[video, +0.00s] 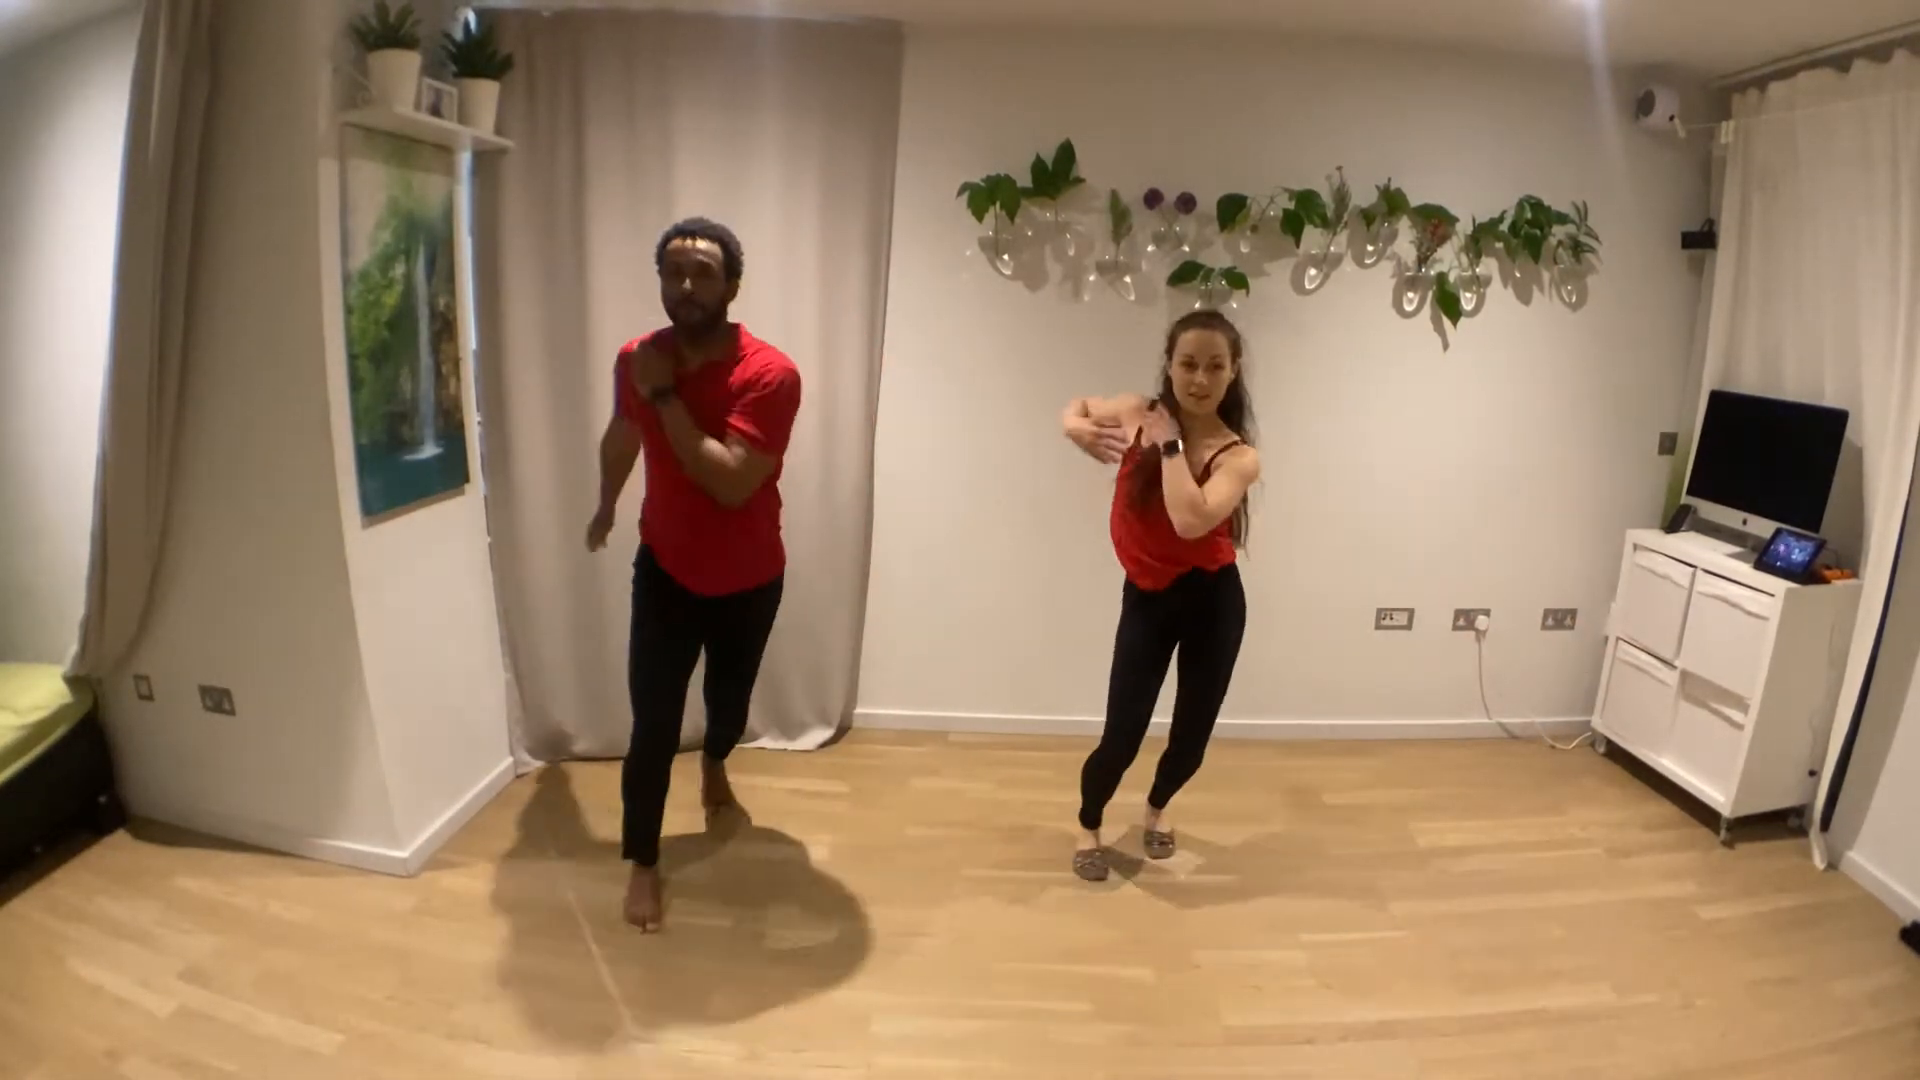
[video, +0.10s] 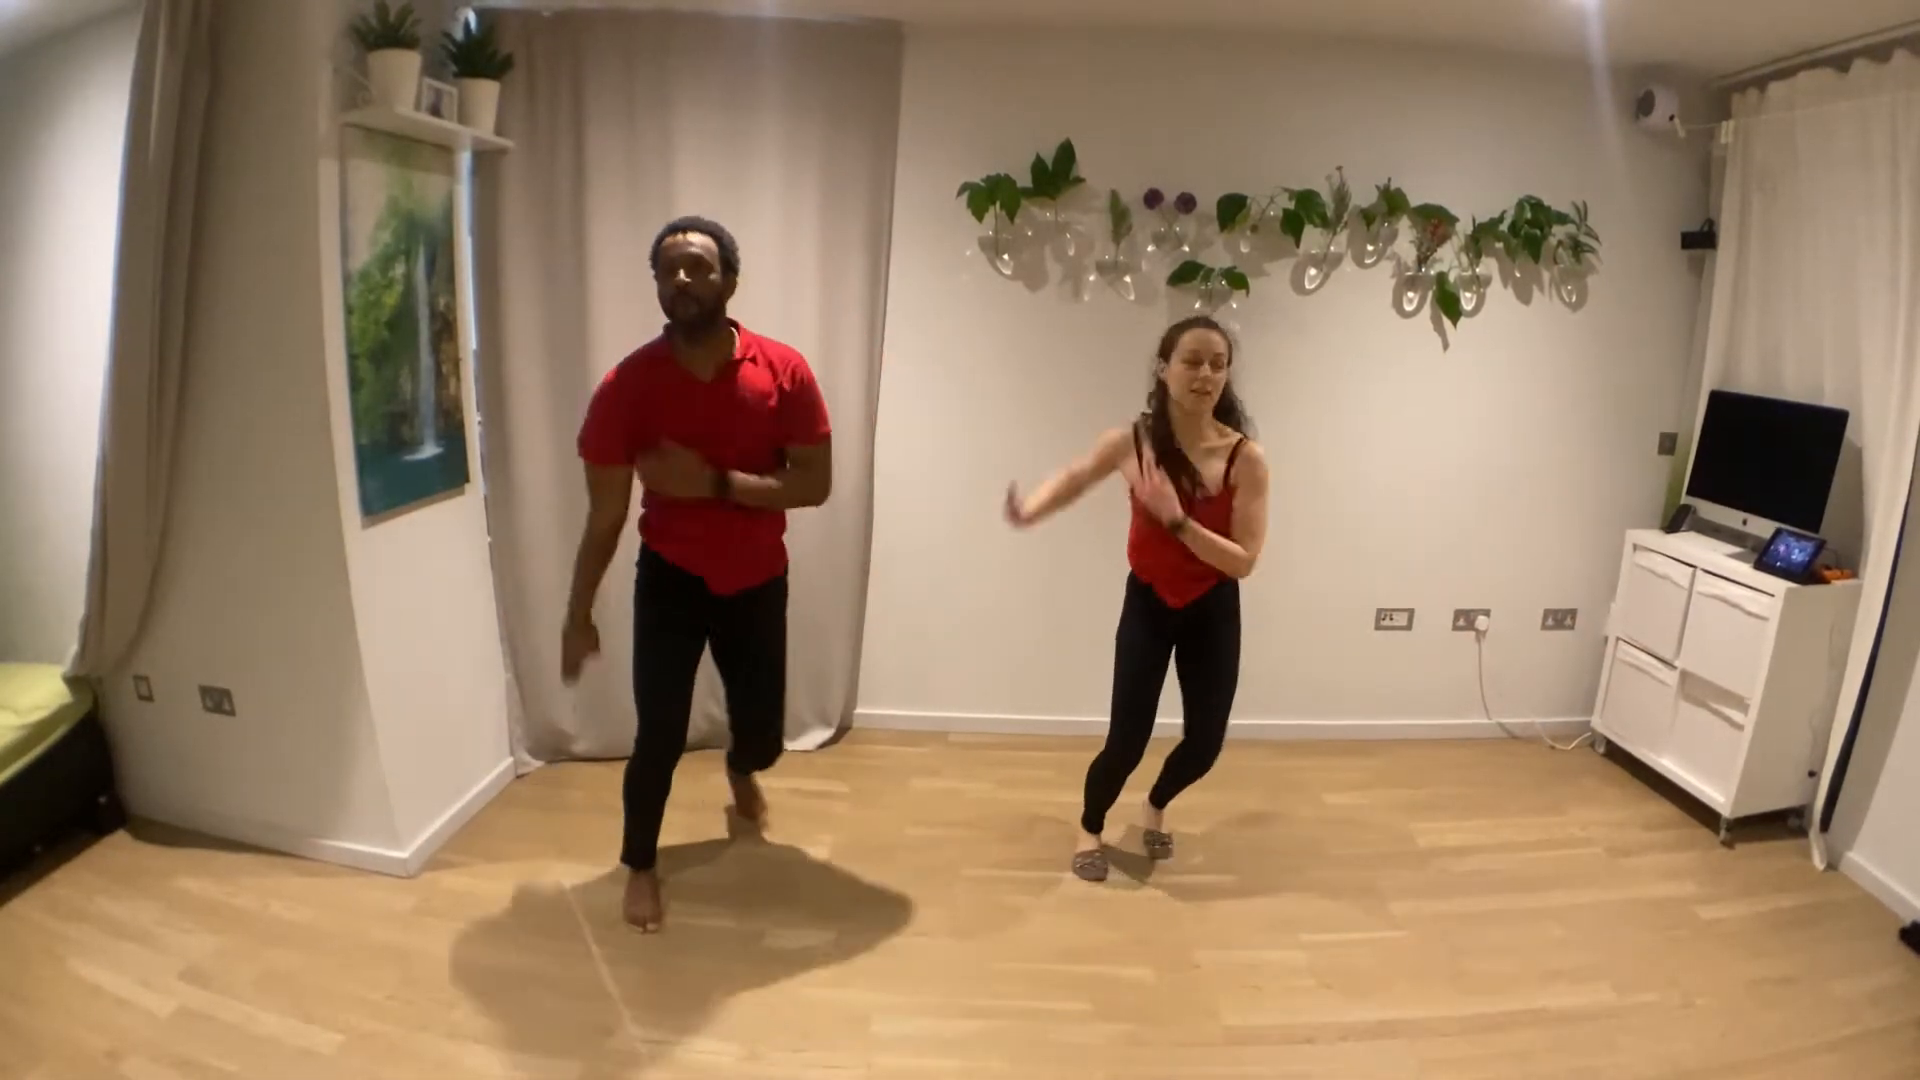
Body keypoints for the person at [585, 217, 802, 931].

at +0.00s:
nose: (686, 287)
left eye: (703, 274)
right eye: (674, 274)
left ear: (733, 286)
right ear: (660, 284)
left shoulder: (769, 374)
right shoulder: (640, 361)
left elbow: (734, 482)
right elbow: (622, 438)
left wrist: (665, 396)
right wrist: (607, 508)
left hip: (748, 577)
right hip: (668, 569)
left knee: (729, 701)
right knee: (656, 727)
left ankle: (714, 767)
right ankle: (642, 866)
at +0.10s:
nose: (682, 278)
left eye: (698, 267)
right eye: (668, 268)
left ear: (730, 283)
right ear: (654, 286)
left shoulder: (782, 372)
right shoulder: (628, 387)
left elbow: (814, 485)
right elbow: (607, 512)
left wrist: (712, 479)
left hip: (757, 579)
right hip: (671, 576)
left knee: (762, 742)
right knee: (661, 736)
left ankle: (739, 774)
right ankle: (640, 869)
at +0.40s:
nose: (774, 250)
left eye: (782, 243)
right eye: (756, 243)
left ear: (796, 269)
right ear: (731, 270)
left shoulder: (822, 360)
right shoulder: (707, 349)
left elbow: (849, 459)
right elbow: (750, 223)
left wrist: (879, 525)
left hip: (854, 581)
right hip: (769, 591)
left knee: (913, 732)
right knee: (727, 760)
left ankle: (958, 871)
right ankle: (643, 862)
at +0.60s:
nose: (839, 247)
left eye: (857, 237)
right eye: (824, 241)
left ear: (888, 264)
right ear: (811, 268)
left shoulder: (934, 353)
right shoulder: (799, 344)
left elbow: (967, 450)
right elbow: (771, 201)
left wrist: (993, 543)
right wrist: (782, 79)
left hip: (940, 586)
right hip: (853, 585)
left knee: (972, 746)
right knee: (782, 732)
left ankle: (962, 875)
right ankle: (678, 851)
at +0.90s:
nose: (955, 263)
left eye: (971, 248)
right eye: (941, 252)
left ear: (1003, 261)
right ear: (925, 268)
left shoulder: (1051, 358)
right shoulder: (905, 340)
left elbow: (1112, 462)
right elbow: (828, 242)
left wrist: (1110, 571)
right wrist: (780, 136)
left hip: (1033, 586)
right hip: (944, 584)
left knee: (1006, 753)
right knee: (949, 759)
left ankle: (965, 871)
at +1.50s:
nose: (1025, 270)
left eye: (1044, 256)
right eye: (1024, 256)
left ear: (1099, 264)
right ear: (1030, 263)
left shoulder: (1161, 370)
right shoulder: (1036, 367)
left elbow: (1204, 516)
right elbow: (979, 475)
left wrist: (1156, 637)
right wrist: (917, 571)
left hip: (1133, 596)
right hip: (1059, 587)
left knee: (1100, 753)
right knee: (1030, 740)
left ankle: (1152, 881)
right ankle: (1119, 814)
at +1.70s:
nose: (1014, 271)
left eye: (1033, 259)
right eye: (1017, 257)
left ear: (1087, 275)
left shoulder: (1137, 362)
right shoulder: (1031, 359)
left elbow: (1166, 485)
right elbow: (959, 414)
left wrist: (1072, 583)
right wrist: (887, 456)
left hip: (1125, 604)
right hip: (1045, 597)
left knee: (1095, 765)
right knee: (971, 750)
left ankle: (1152, 885)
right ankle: (876, 901)